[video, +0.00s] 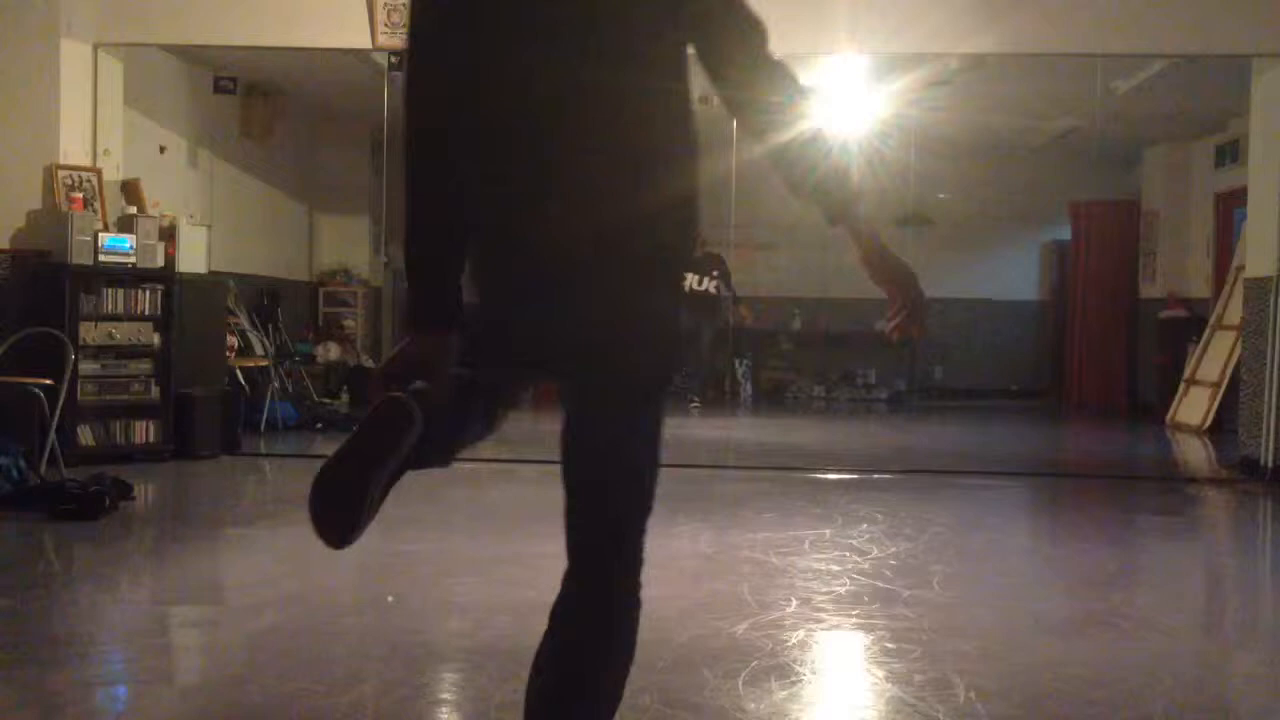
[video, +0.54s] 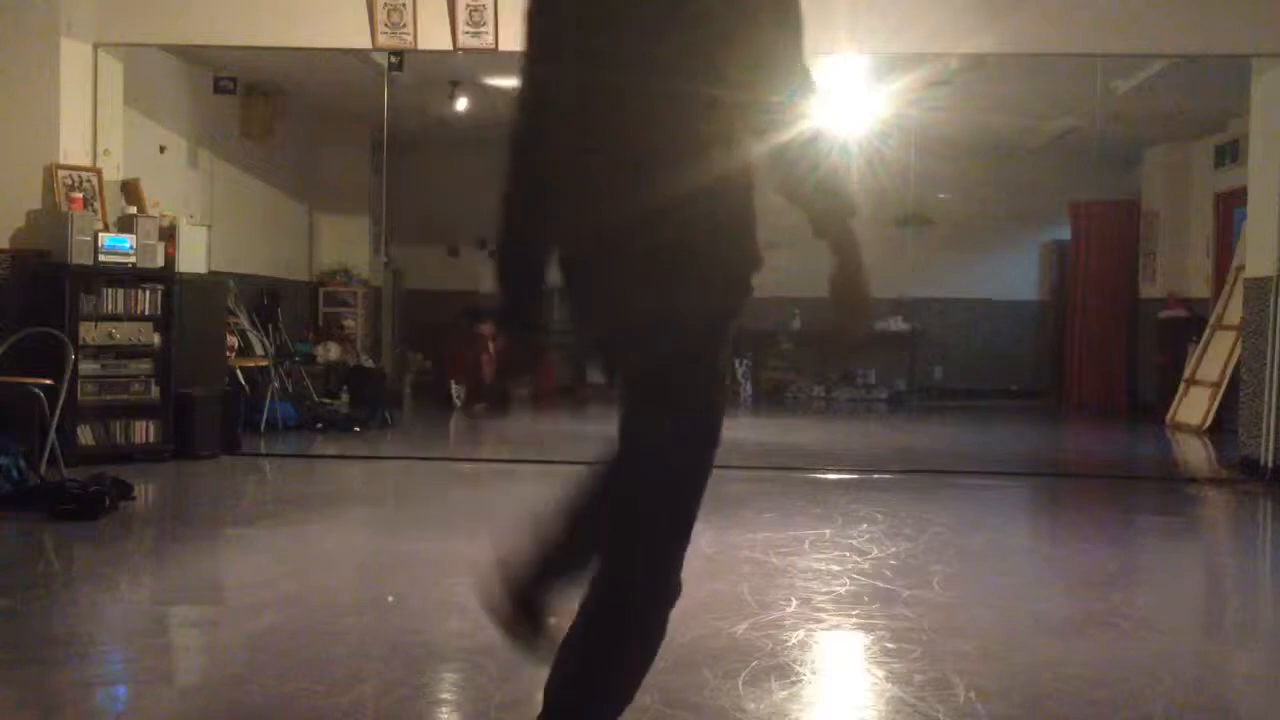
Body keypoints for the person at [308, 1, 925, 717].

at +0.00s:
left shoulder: (449, 10)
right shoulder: (677, 4)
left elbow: (430, 134)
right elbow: (758, 88)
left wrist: (426, 315)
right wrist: (866, 235)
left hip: (507, 251)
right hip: (629, 258)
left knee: (480, 380)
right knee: (603, 563)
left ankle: (405, 434)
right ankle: (565, 713)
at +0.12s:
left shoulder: (473, 6)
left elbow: (445, 140)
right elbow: (772, 93)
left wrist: (425, 315)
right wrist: (865, 238)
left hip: (526, 240)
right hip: (649, 251)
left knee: (512, 386)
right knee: (611, 560)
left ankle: (413, 435)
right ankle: (567, 716)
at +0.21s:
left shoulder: (485, 8)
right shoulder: (724, 7)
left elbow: (455, 144)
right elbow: (781, 108)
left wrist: (428, 313)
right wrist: (852, 246)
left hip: (540, 237)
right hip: (663, 251)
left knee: (551, 382)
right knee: (618, 563)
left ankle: (434, 421)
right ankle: (573, 709)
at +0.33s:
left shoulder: (515, 11)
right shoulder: (731, 11)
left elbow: (482, 144)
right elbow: (778, 123)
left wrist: (460, 311)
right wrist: (828, 258)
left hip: (562, 243)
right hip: (677, 250)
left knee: (594, 390)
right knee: (631, 553)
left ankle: (473, 413)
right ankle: (579, 710)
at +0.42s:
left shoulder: (532, 10)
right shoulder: (741, 10)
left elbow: (510, 135)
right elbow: (772, 121)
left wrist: (483, 308)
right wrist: (824, 246)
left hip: (574, 242)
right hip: (687, 246)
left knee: (596, 411)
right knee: (637, 557)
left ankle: (483, 433)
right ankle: (577, 710)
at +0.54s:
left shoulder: (561, 12)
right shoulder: (756, 12)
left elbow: (536, 131)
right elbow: (780, 120)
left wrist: (520, 304)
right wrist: (846, 250)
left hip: (593, 253)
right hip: (695, 255)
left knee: (655, 443)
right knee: (649, 548)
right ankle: (578, 708)